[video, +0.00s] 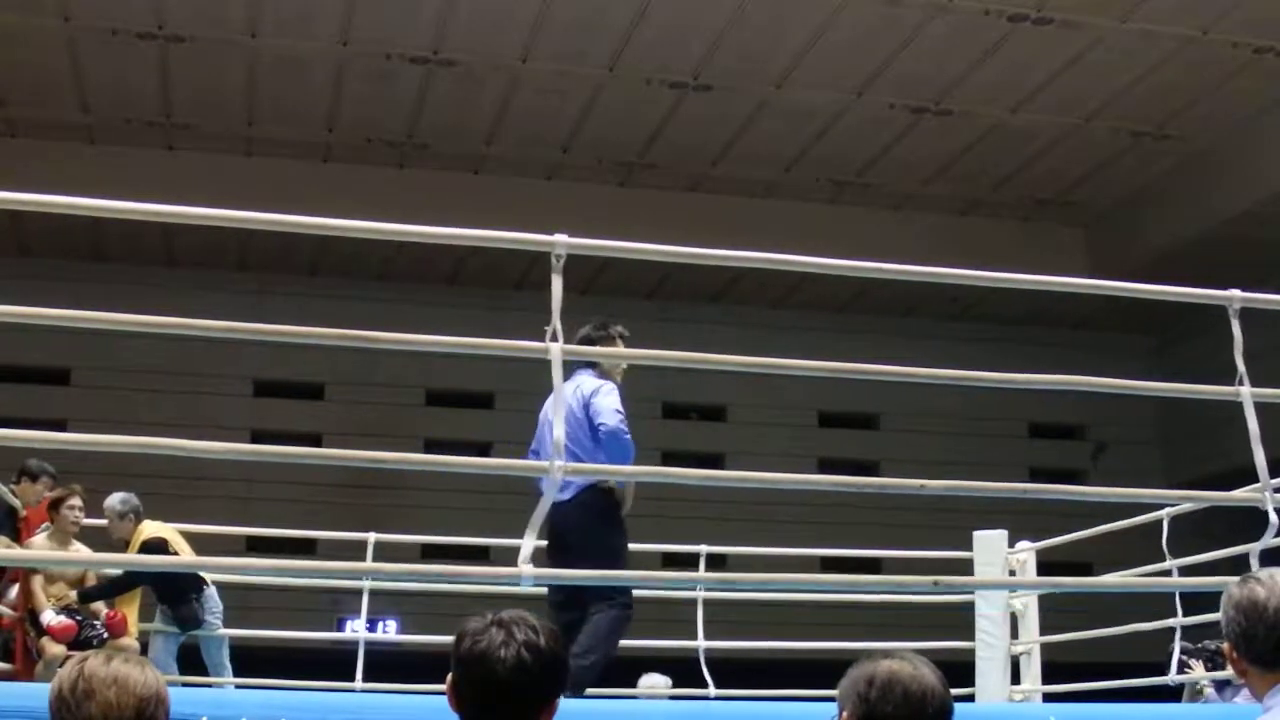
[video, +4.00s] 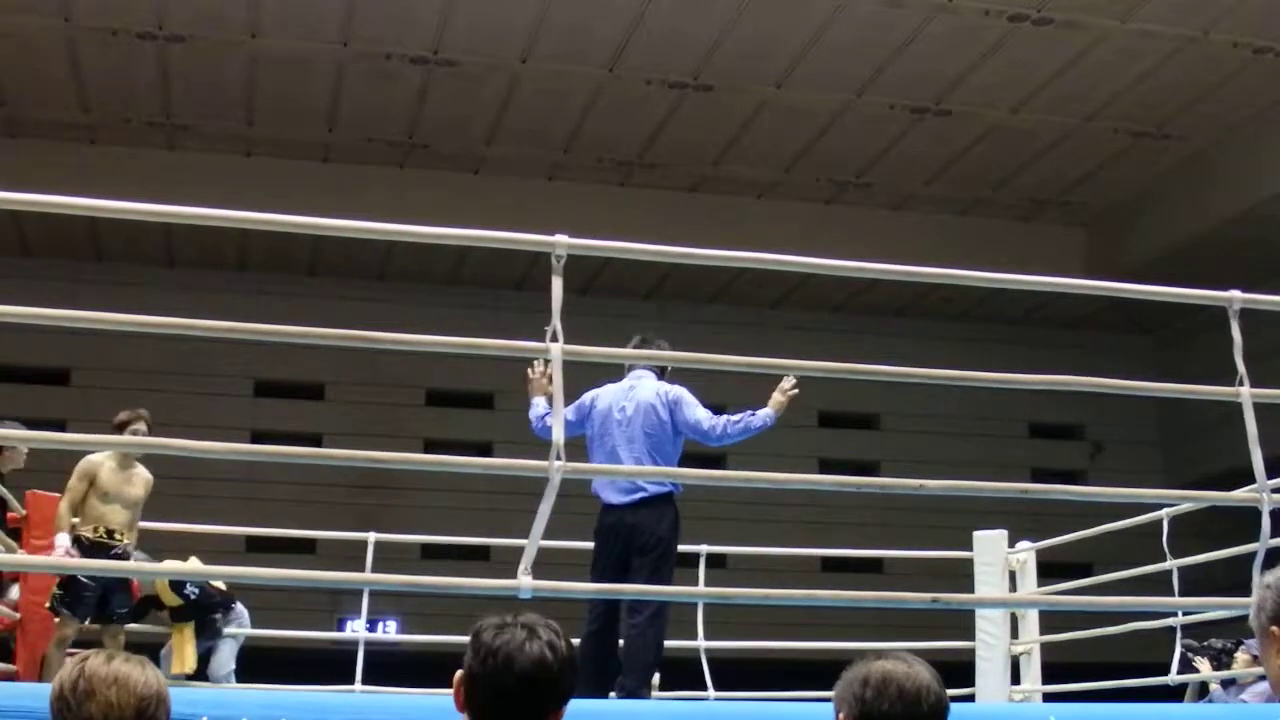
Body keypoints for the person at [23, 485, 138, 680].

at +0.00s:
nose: (77, 515)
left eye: (81, 510)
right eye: (70, 509)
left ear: (84, 514)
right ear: (54, 513)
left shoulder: (85, 552)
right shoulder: (35, 545)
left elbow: (91, 593)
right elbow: (36, 587)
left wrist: (106, 615)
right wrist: (50, 618)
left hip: (78, 614)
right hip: (43, 612)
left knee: (129, 647)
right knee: (55, 652)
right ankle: (37, 706)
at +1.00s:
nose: (77, 517)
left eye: (80, 512)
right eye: (70, 511)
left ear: (83, 515)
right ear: (53, 514)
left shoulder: (86, 551)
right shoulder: (36, 544)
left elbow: (91, 593)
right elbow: (36, 586)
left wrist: (105, 614)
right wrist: (49, 617)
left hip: (77, 614)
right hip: (42, 613)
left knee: (130, 647)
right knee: (56, 652)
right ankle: (36, 704)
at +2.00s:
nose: (86, 522)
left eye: (89, 517)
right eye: (80, 516)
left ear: (93, 519)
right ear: (63, 516)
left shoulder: (92, 552)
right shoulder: (41, 545)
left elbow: (94, 594)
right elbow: (33, 588)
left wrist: (106, 614)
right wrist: (51, 620)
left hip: (81, 614)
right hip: (46, 612)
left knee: (128, 646)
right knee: (56, 652)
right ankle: (33, 700)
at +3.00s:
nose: (106, 451)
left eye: (109, 445)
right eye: (100, 445)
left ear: (110, 447)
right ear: (83, 446)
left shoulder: (110, 484)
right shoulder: (55, 481)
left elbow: (111, 530)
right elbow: (38, 529)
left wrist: (120, 566)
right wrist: (44, 569)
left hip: (96, 561)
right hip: (60, 559)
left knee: (112, 639)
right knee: (45, 640)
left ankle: (110, 709)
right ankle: (25, 702)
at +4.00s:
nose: (140, 439)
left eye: (144, 434)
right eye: (134, 433)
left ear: (148, 439)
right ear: (119, 434)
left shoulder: (145, 478)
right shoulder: (92, 464)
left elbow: (134, 523)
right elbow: (66, 504)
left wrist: (127, 553)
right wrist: (63, 541)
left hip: (120, 553)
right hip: (86, 548)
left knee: (115, 636)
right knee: (66, 632)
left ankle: (115, 704)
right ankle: (48, 697)